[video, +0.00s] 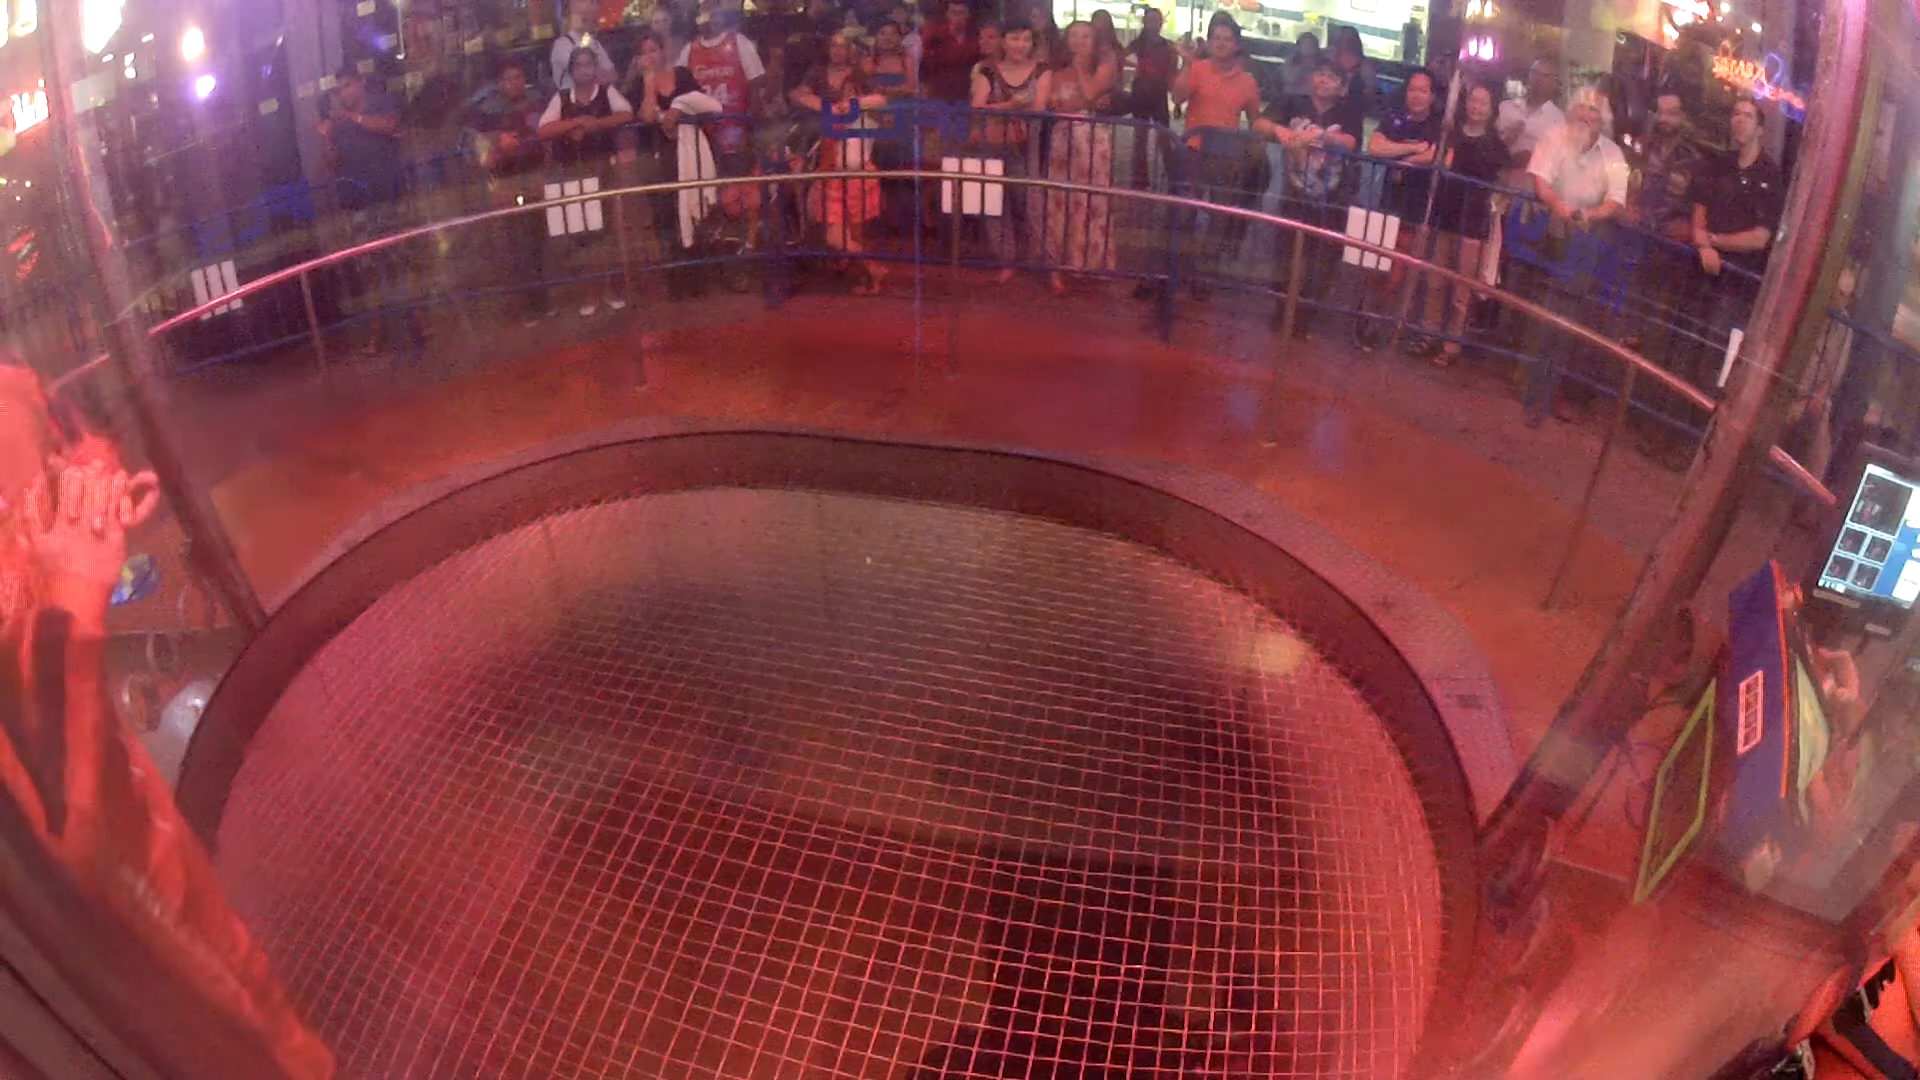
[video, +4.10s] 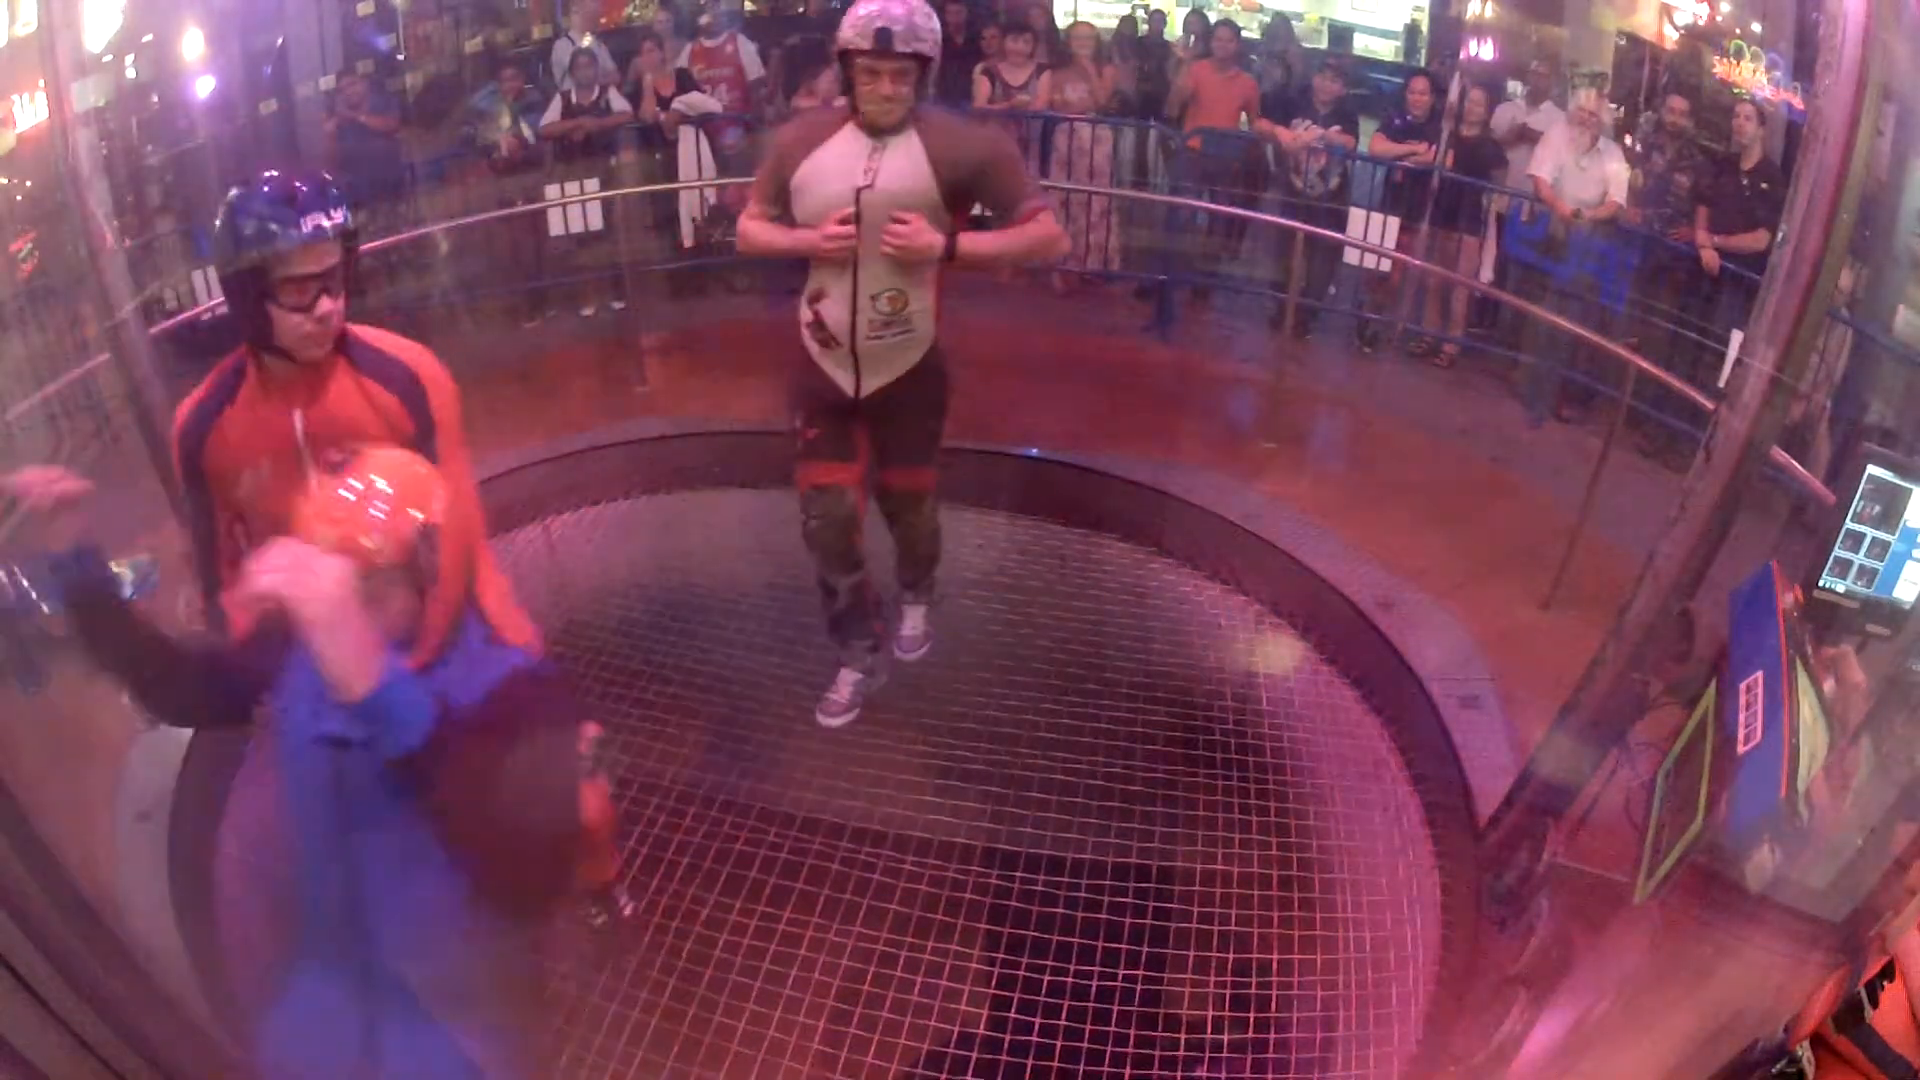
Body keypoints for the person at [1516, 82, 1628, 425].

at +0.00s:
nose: (1586, 118)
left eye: (1593, 114)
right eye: (1581, 111)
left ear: (1603, 120)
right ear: (1571, 112)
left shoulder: (1613, 153)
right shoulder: (1556, 137)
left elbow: (1616, 201)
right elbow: (1540, 181)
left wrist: (1590, 215)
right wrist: (1559, 208)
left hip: (1585, 235)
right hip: (1549, 225)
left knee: (1570, 308)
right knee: (1542, 304)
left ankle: (1550, 388)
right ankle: (1532, 388)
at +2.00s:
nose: (1586, 117)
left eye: (1593, 113)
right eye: (1582, 109)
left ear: (1603, 119)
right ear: (1571, 110)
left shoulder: (1612, 153)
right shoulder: (1555, 136)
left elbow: (1616, 200)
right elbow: (1539, 178)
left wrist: (1591, 215)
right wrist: (1561, 209)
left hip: (1588, 229)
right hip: (1550, 221)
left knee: (1572, 303)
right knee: (1541, 298)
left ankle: (1551, 388)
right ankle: (1532, 382)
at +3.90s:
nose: (1585, 118)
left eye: (1592, 114)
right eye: (1581, 111)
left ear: (1603, 120)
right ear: (1570, 111)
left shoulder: (1612, 152)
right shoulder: (1557, 135)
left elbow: (1617, 200)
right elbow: (1540, 180)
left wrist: (1591, 214)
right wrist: (1561, 208)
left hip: (1588, 232)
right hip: (1551, 223)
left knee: (1572, 308)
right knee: (1541, 303)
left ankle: (1555, 390)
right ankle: (1532, 386)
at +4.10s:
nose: (1585, 119)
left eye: (1592, 115)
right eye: (1581, 112)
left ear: (1603, 120)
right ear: (1570, 112)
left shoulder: (1612, 152)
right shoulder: (1557, 135)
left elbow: (1617, 200)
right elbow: (1540, 179)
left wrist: (1591, 214)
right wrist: (1559, 207)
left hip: (1588, 230)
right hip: (1552, 221)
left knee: (1574, 305)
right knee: (1541, 299)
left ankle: (1561, 389)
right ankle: (1532, 383)